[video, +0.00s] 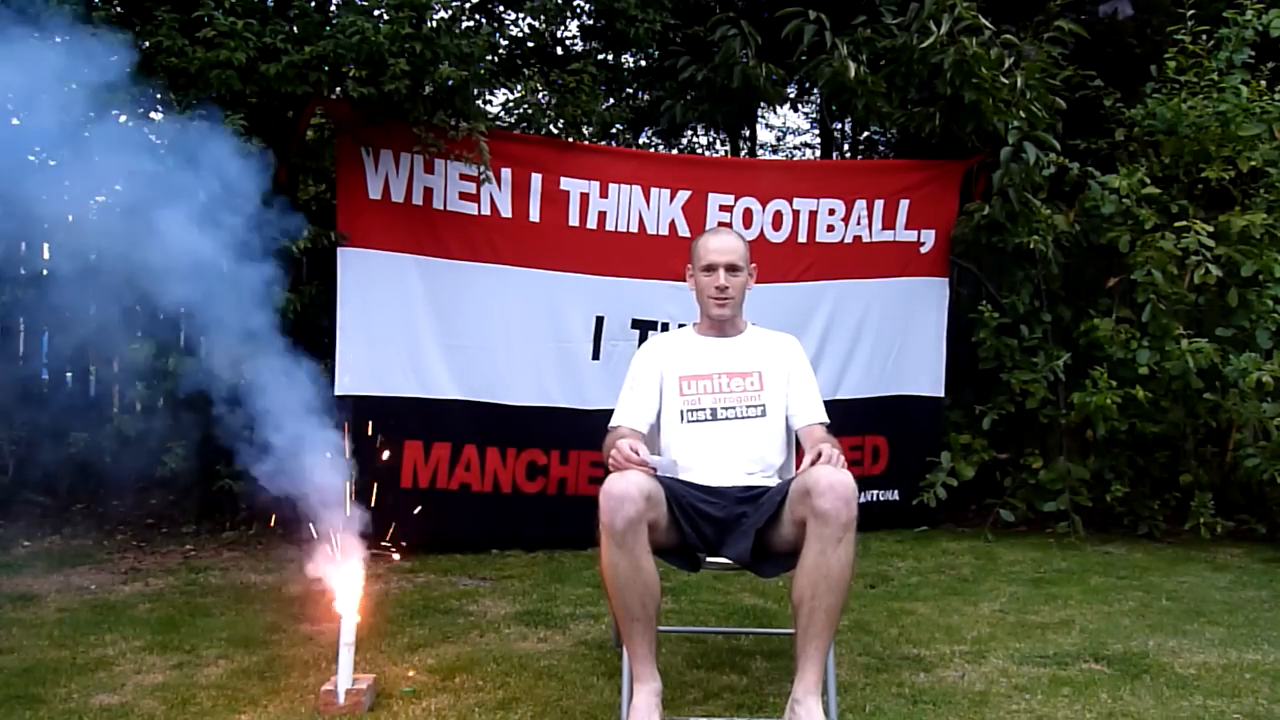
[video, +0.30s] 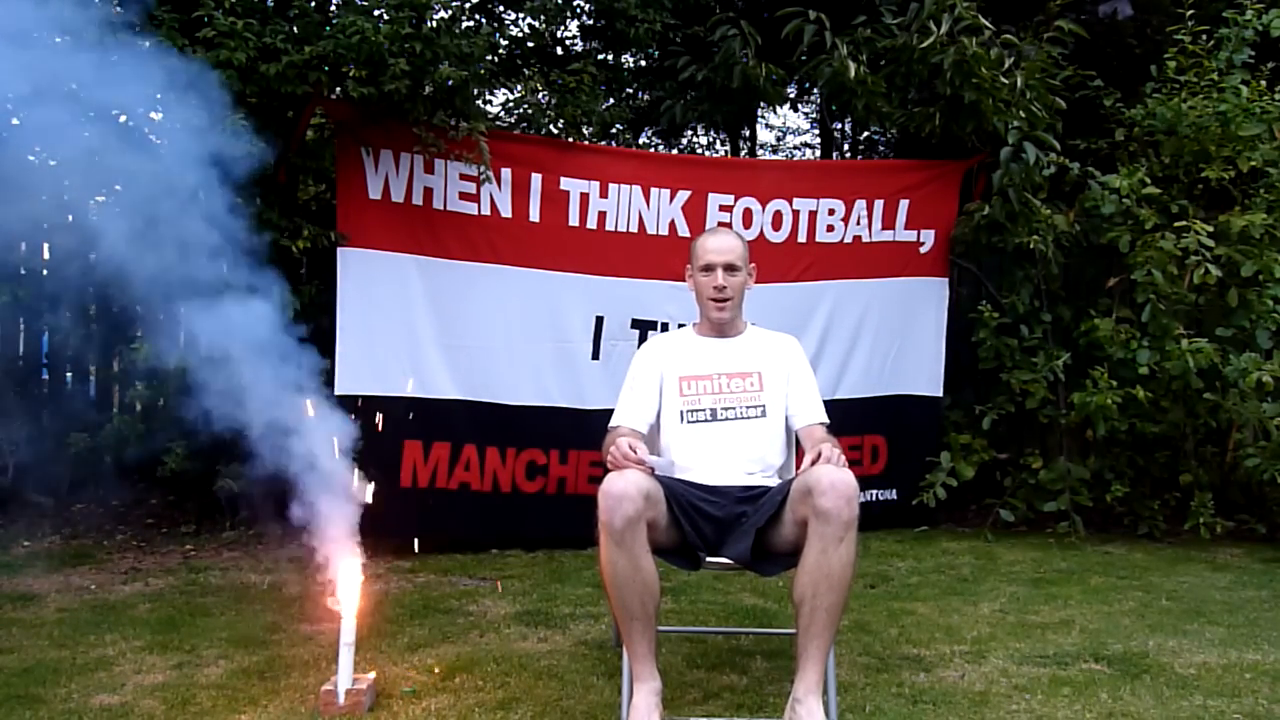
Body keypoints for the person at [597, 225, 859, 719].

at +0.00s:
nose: (721, 281)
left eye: (733, 270)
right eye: (709, 270)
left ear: (750, 278)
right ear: (691, 278)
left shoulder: (784, 349)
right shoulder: (658, 351)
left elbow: (814, 432)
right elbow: (622, 435)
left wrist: (824, 449)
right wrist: (621, 446)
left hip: (768, 503)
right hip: (680, 501)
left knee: (835, 485)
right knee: (619, 492)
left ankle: (807, 695)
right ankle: (645, 687)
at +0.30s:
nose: (720, 282)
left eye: (731, 270)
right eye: (707, 270)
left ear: (750, 277)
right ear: (690, 278)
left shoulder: (784, 350)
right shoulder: (658, 351)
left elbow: (815, 433)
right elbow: (622, 436)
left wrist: (824, 449)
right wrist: (620, 445)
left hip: (768, 503)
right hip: (679, 502)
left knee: (837, 485)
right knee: (618, 491)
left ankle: (807, 695)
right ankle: (644, 686)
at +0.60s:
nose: (720, 282)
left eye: (731, 270)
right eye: (707, 271)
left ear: (749, 277)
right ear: (690, 279)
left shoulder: (783, 350)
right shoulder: (658, 352)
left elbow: (814, 435)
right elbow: (623, 436)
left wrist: (824, 448)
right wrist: (620, 443)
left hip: (768, 504)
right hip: (680, 503)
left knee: (836, 485)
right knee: (619, 490)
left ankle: (807, 695)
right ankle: (644, 687)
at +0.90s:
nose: (718, 284)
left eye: (730, 271)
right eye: (706, 272)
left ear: (749, 278)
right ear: (689, 279)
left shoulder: (783, 350)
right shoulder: (657, 352)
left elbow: (814, 435)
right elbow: (620, 438)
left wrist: (825, 451)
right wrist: (616, 446)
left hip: (768, 503)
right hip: (679, 501)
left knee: (837, 485)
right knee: (620, 491)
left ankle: (807, 696)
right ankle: (644, 687)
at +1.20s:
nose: (721, 280)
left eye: (733, 268)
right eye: (708, 269)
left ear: (750, 276)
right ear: (691, 278)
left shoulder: (783, 351)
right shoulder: (657, 353)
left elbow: (814, 436)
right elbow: (622, 437)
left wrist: (824, 450)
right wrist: (620, 446)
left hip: (768, 503)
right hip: (680, 502)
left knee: (837, 485)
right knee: (620, 490)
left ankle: (807, 695)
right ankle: (644, 687)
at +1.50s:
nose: (721, 279)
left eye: (732, 267)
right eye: (708, 268)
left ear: (749, 276)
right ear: (690, 278)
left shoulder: (783, 350)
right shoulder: (657, 353)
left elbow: (815, 433)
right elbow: (621, 437)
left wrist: (825, 450)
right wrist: (622, 445)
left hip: (767, 504)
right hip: (680, 502)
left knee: (838, 503)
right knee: (619, 493)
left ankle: (803, 700)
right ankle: (645, 688)